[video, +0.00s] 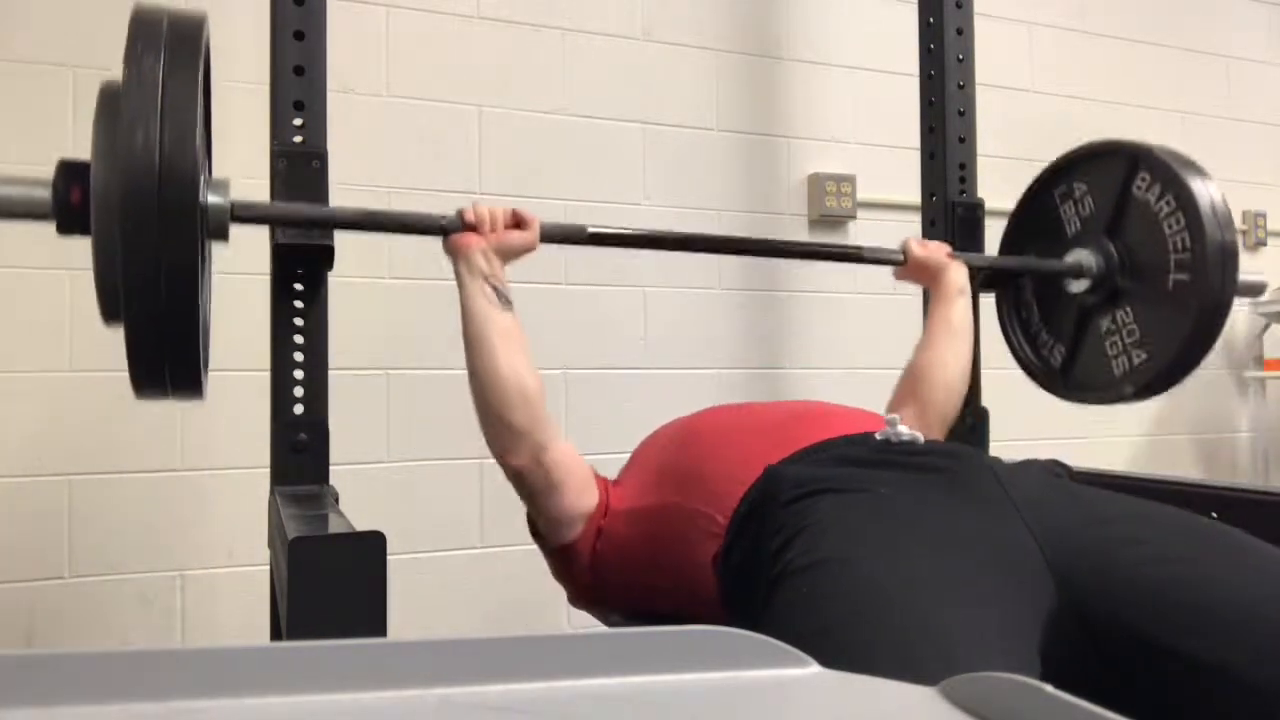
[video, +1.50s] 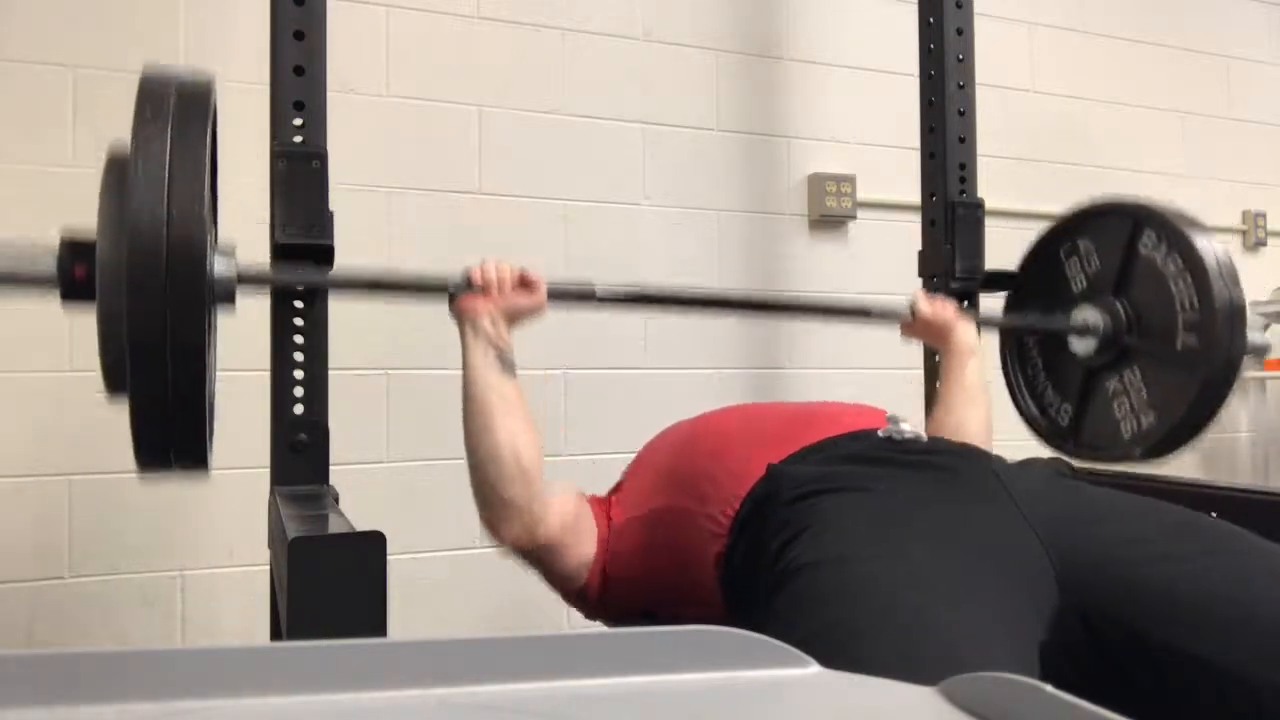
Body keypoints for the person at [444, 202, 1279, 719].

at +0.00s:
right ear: (617, 496)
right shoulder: (606, 529)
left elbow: (922, 418)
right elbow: (523, 432)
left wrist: (950, 288)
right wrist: (478, 273)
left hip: (1013, 479)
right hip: (837, 502)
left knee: (1275, 611)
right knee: (944, 692)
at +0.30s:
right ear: (654, 494)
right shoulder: (625, 537)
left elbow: (990, 483)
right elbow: (519, 550)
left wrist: (965, 371)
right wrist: (481, 381)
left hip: (1028, 485)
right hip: (850, 509)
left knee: (1274, 622)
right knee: (941, 697)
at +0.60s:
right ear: (640, 493)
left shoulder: (855, 425)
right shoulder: (619, 539)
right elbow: (550, 634)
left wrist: (980, 454)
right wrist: (496, 491)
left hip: (1031, 487)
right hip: (851, 507)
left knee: (1274, 607)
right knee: (935, 694)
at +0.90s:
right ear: (654, 497)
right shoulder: (629, 537)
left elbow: (994, 480)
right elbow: (535, 546)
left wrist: (980, 374)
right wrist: (492, 380)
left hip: (1035, 484)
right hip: (858, 506)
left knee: (1273, 618)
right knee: (918, 695)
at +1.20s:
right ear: (620, 499)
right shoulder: (608, 533)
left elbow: (922, 428)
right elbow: (521, 432)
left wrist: (951, 294)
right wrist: (480, 273)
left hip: (1009, 482)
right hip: (841, 504)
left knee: (1274, 612)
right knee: (931, 697)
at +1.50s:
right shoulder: (615, 543)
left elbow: (961, 468)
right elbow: (519, 508)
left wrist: (962, 347)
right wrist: (483, 340)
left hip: (1032, 488)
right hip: (852, 504)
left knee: (1273, 619)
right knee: (929, 680)